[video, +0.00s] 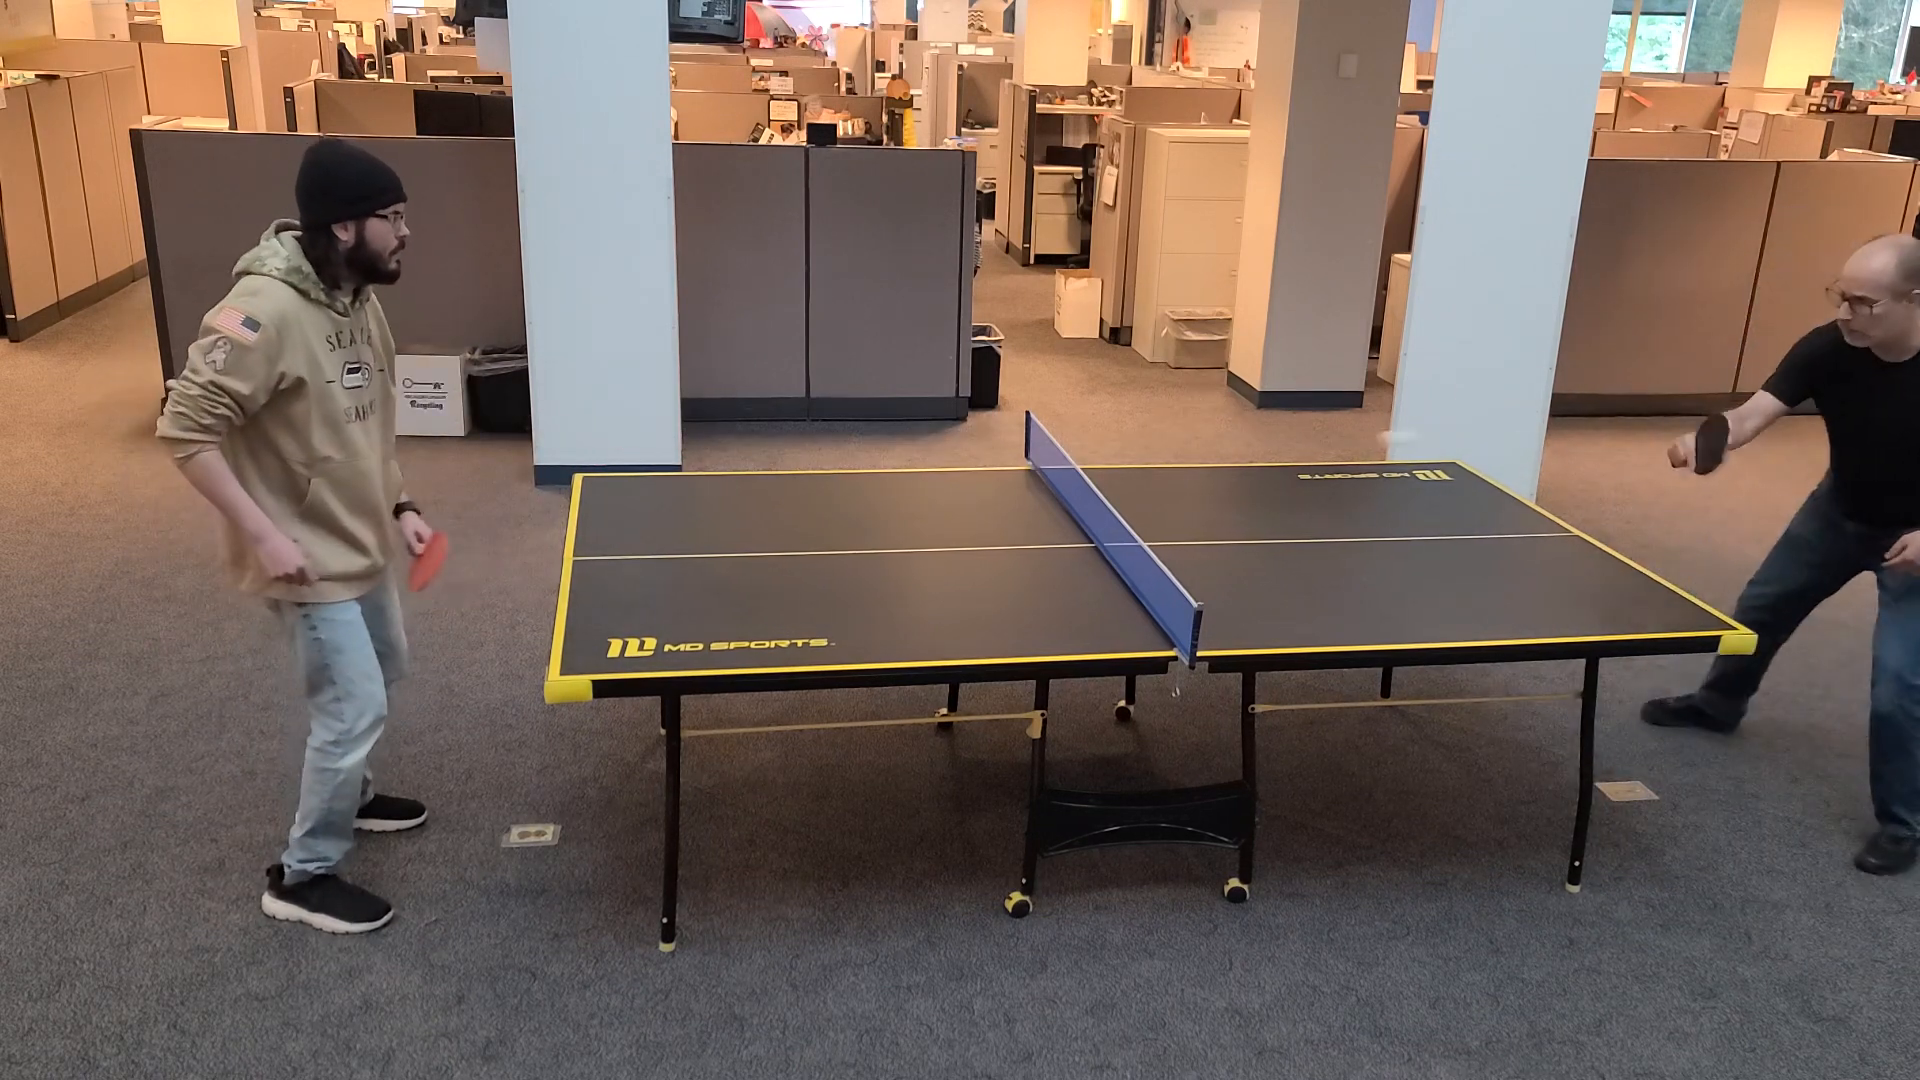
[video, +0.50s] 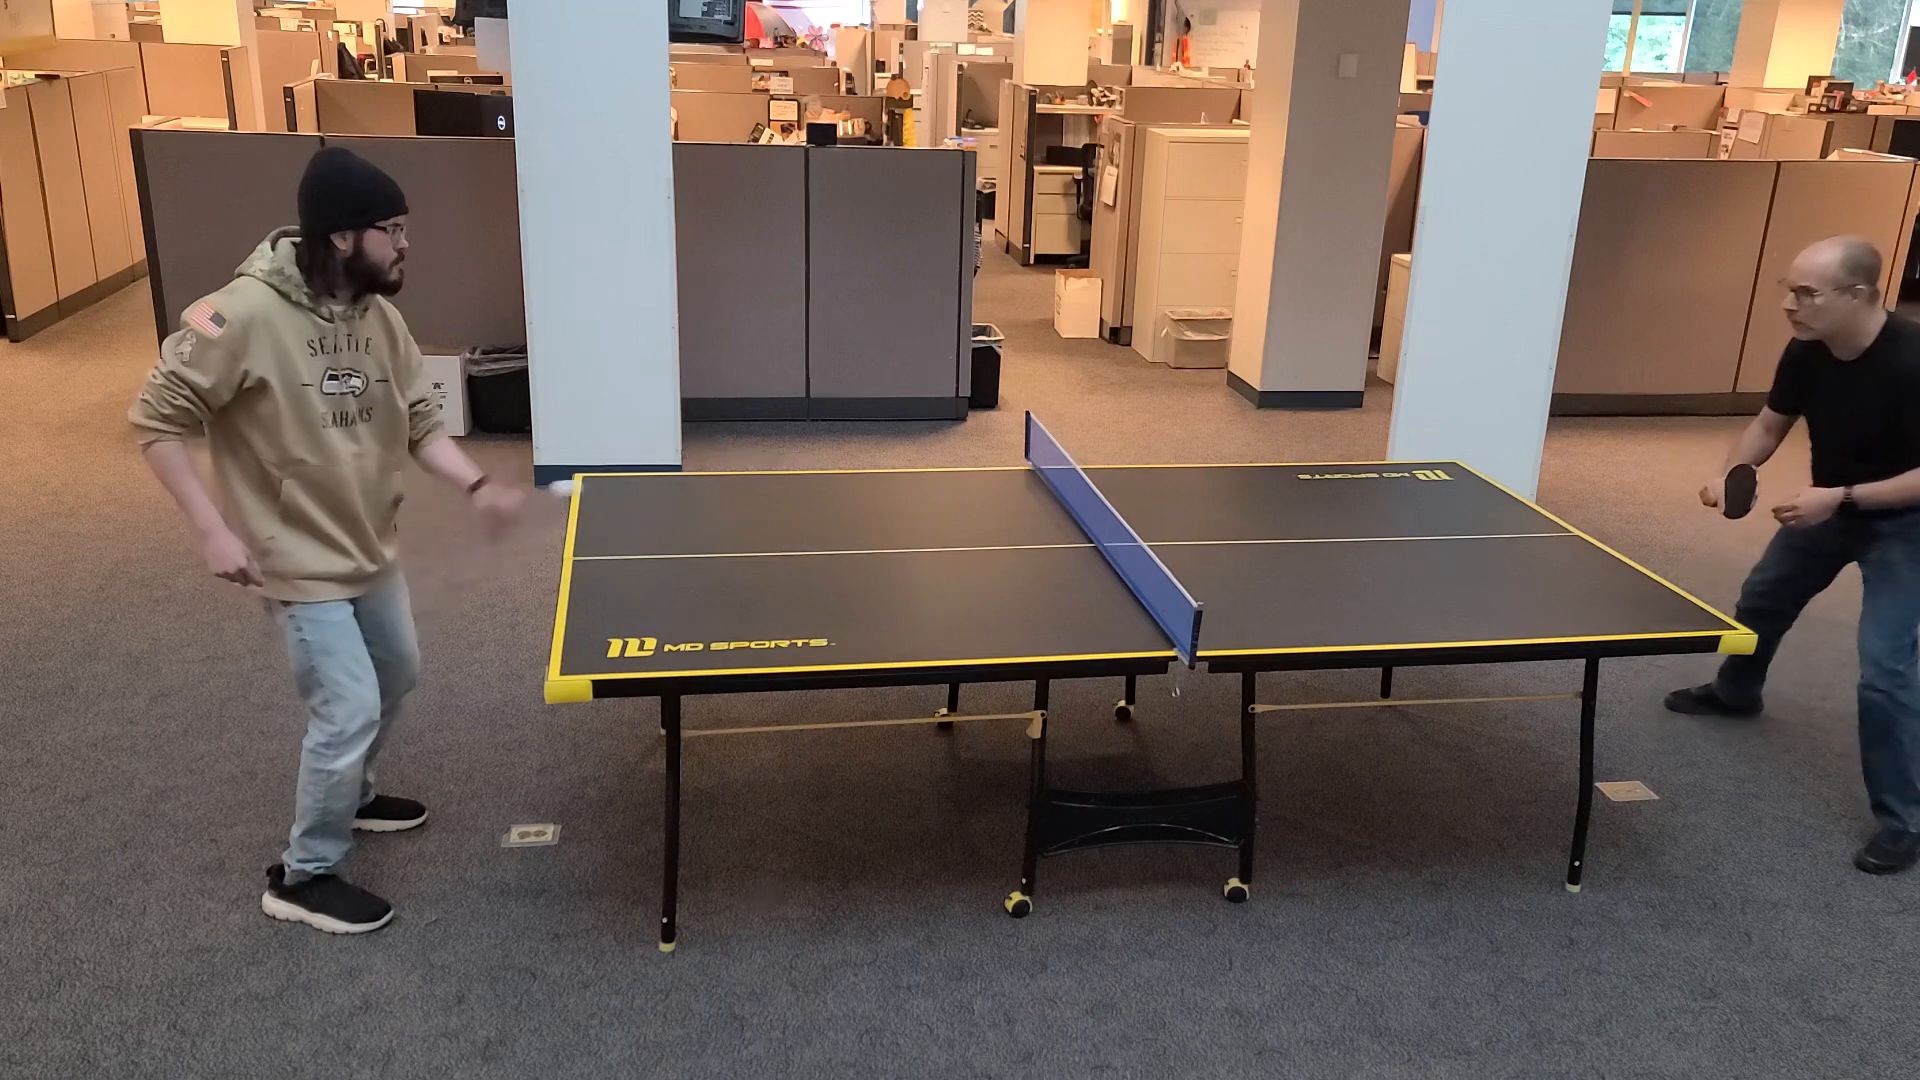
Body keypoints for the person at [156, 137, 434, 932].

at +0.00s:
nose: (405, 230)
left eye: (402, 214)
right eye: (391, 217)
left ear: (349, 228)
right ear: (340, 228)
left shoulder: (358, 298)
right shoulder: (263, 310)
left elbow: (366, 426)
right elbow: (185, 429)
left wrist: (398, 504)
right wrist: (263, 534)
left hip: (364, 542)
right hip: (303, 556)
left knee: (383, 674)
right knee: (352, 709)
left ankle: (343, 800)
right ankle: (302, 873)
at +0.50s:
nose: (403, 244)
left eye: (402, 228)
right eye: (390, 230)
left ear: (359, 236)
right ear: (341, 237)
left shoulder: (381, 318)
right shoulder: (244, 316)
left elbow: (420, 425)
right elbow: (154, 420)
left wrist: (479, 483)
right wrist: (213, 530)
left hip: (369, 546)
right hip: (294, 557)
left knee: (397, 676)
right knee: (350, 709)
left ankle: (348, 797)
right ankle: (305, 872)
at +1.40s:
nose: (395, 228)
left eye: (391, 213)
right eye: (384, 215)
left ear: (340, 223)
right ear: (342, 224)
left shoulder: (319, 289)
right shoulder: (275, 303)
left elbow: (308, 428)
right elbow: (204, 423)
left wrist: (369, 501)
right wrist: (283, 528)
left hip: (340, 533)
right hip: (298, 549)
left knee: (385, 647)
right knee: (361, 703)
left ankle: (343, 796)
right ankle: (281, 874)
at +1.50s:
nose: (384, 240)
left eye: (380, 225)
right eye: (374, 226)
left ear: (321, 232)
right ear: (336, 235)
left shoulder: (299, 297)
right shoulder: (280, 314)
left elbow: (249, 427)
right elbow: (217, 436)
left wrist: (324, 524)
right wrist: (283, 545)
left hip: (331, 540)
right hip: (301, 558)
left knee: (384, 643)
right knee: (359, 719)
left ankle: (345, 792)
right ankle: (212, 877)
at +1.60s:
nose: (363, 253)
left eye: (360, 238)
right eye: (354, 240)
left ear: (283, 241)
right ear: (319, 248)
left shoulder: (229, 309)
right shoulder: (287, 328)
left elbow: (165, 424)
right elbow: (234, 446)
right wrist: (290, 562)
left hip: (302, 560)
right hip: (291, 574)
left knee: (373, 656)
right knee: (330, 746)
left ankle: (341, 796)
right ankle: (169, 913)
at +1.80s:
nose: (300, 276)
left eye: (296, 261)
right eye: (294, 263)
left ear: (212, 264)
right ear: (269, 271)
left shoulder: (178, 347)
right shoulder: (248, 360)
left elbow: (137, 455)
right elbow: (231, 489)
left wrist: (210, 528)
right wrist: (307, 590)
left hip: (219, 589)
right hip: (246, 603)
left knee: (309, 676)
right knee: (271, 797)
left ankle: (333, 797)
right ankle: (138, 981)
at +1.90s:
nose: (279, 273)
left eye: (274, 257)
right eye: (269, 259)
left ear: (201, 266)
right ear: (235, 270)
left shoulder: (169, 346)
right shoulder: (198, 363)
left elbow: (217, 475)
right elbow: (182, 494)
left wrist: (325, 486)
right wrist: (286, 565)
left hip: (212, 591)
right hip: (209, 608)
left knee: (293, 682)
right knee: (265, 800)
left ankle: (304, 809)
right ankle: (136, 985)